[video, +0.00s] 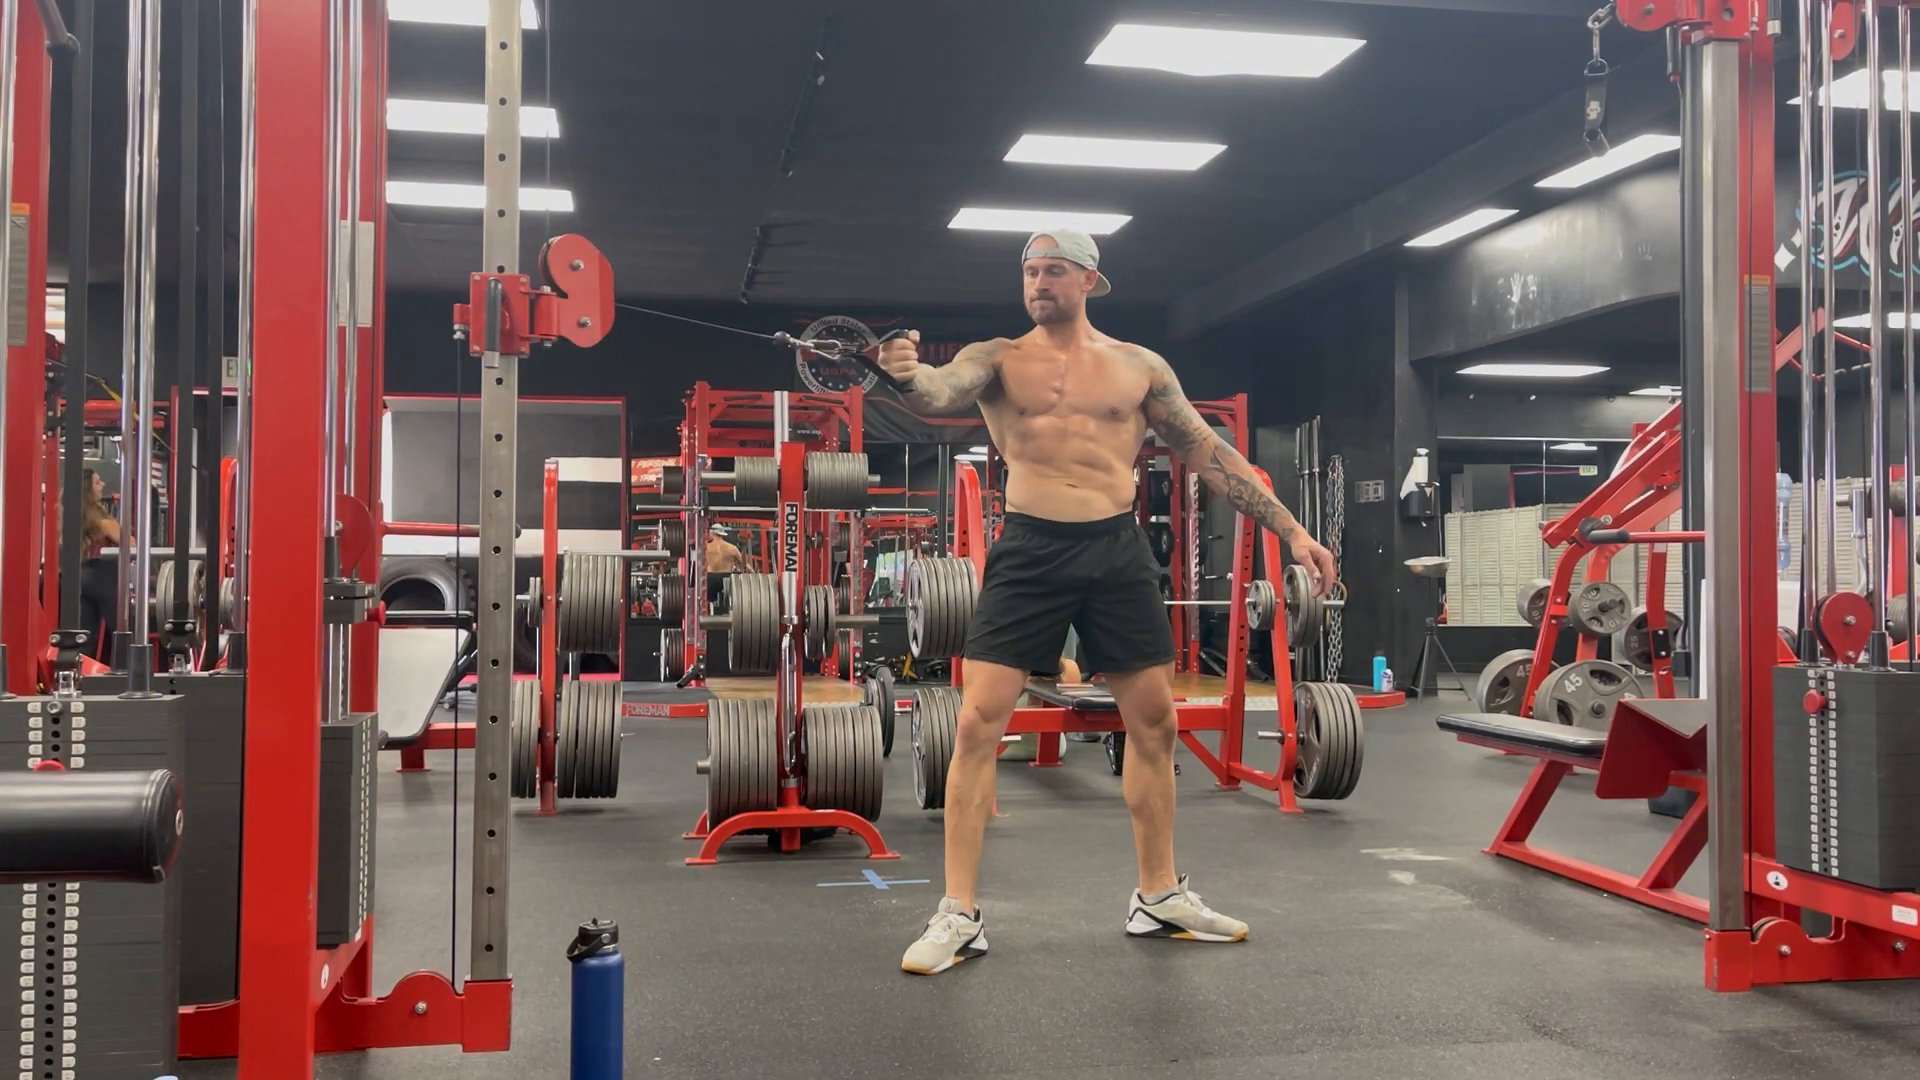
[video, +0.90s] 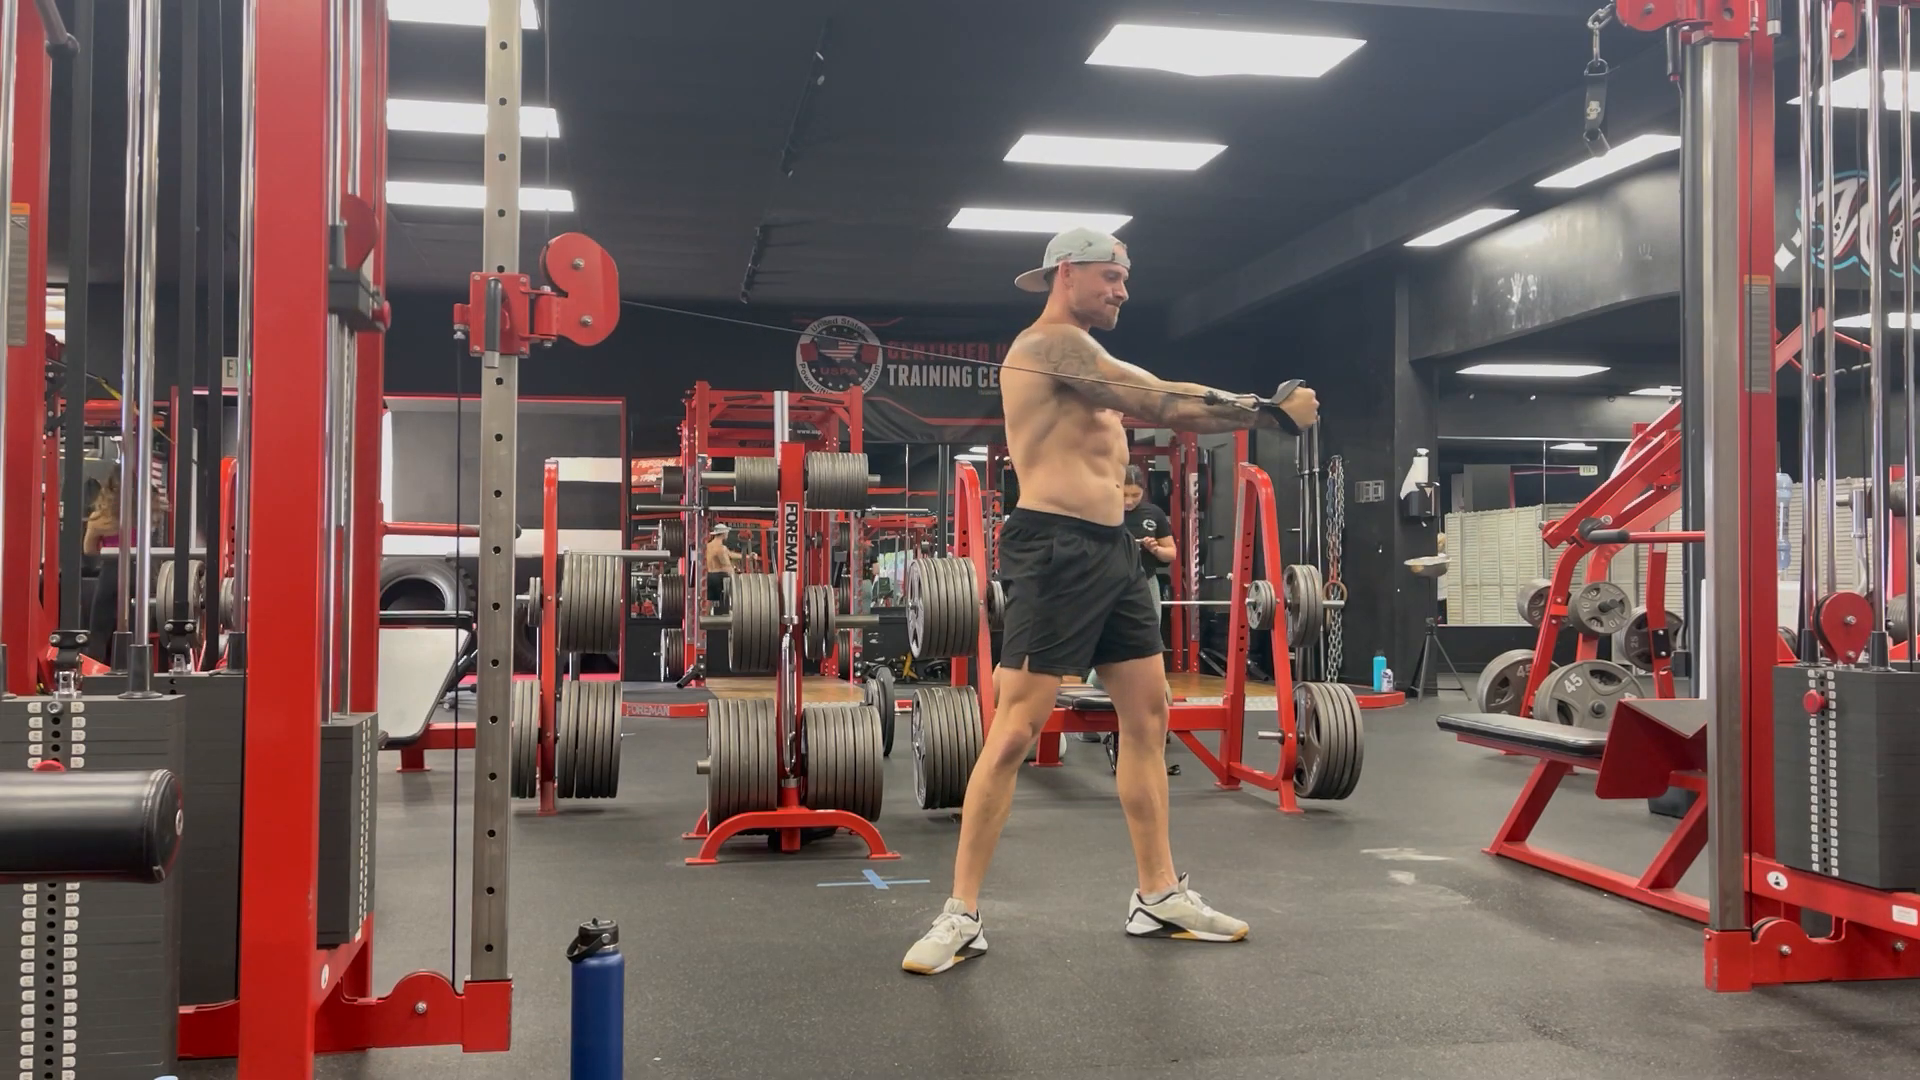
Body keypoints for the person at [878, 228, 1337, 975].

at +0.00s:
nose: (1039, 281)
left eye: (1054, 269)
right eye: (1031, 270)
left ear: (1090, 280)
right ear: (1022, 281)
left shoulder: (1142, 367)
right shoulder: (996, 356)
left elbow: (1217, 459)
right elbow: (939, 393)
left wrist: (1294, 531)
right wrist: (907, 373)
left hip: (1119, 552)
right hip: (1027, 552)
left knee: (1155, 720)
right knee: (977, 723)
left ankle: (1157, 895)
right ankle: (958, 909)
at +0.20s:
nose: (1060, 276)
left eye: (1075, 265)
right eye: (1048, 264)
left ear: (1097, 282)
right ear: (1028, 278)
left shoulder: (1137, 368)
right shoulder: (999, 349)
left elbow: (1207, 465)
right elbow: (950, 396)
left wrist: (1279, 537)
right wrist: (974, 371)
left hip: (1118, 551)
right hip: (1030, 550)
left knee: (1158, 719)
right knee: (982, 727)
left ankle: (1159, 895)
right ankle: (957, 910)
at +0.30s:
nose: (1076, 279)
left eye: (1088, 269)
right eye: (1062, 266)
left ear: (1104, 284)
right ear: (1035, 276)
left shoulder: (1134, 370)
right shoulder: (999, 348)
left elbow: (1195, 471)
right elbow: (991, 385)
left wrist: (1262, 547)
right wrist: (1035, 377)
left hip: (1118, 554)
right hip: (1033, 551)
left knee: (1158, 716)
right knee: (987, 725)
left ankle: (1158, 894)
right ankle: (957, 910)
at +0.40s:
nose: (1086, 278)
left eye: (1097, 268)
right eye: (1071, 265)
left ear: (1108, 284)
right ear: (1040, 279)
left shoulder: (1122, 372)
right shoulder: (1004, 346)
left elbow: (1175, 472)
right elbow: (1029, 391)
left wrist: (1233, 551)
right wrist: (1114, 374)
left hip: (1118, 552)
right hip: (1037, 548)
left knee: (1157, 715)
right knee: (988, 728)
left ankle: (1159, 894)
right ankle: (957, 910)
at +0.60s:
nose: (1107, 283)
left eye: (1114, 274)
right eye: (1092, 269)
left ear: (1116, 287)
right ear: (1050, 277)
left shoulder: (1115, 377)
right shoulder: (1020, 346)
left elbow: (1135, 476)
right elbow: (1092, 389)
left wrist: (1179, 556)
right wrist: (1220, 389)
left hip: (1115, 555)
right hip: (1039, 550)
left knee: (1151, 717)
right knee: (999, 733)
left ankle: (1158, 894)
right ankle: (959, 910)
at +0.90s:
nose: (1122, 287)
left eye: (1125, 277)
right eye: (1109, 273)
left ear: (1099, 286)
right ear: (1063, 277)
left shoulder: (1094, 361)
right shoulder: (1049, 343)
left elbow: (1088, 481)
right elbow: (1155, 398)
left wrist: (1139, 534)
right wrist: (1264, 408)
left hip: (1115, 556)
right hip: (1053, 549)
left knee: (1147, 718)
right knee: (1014, 733)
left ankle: (1159, 894)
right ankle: (961, 910)